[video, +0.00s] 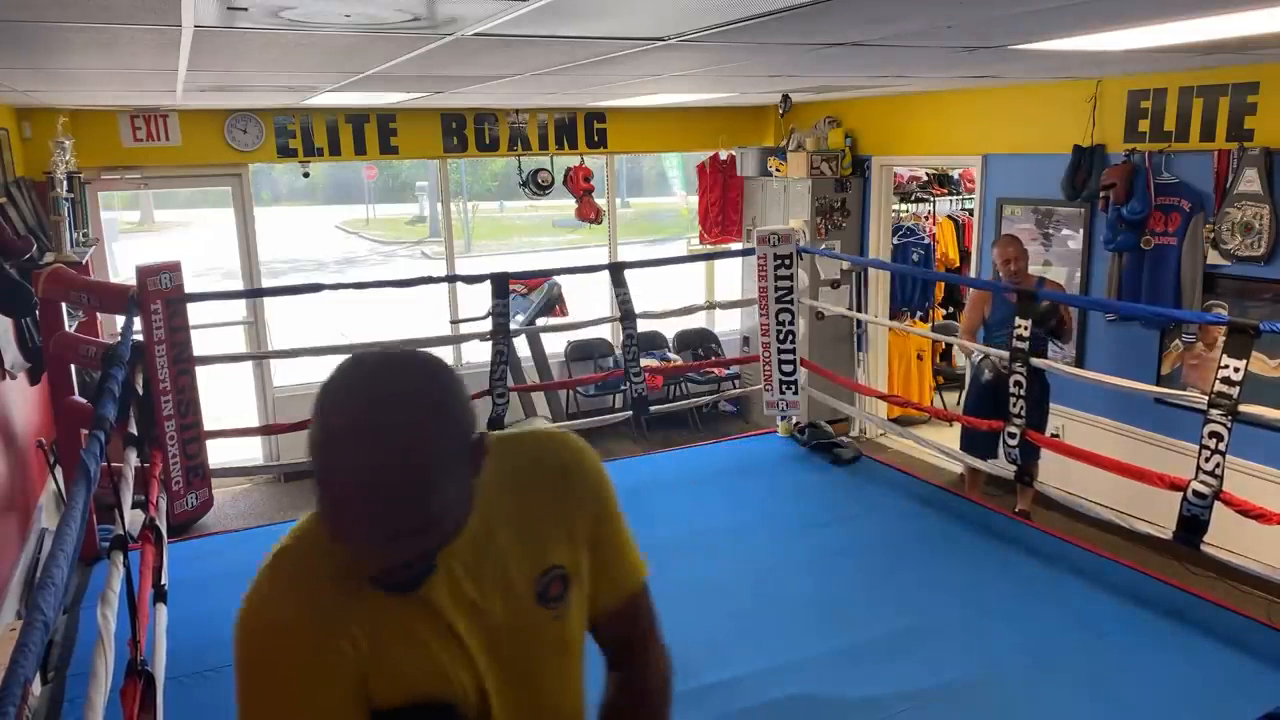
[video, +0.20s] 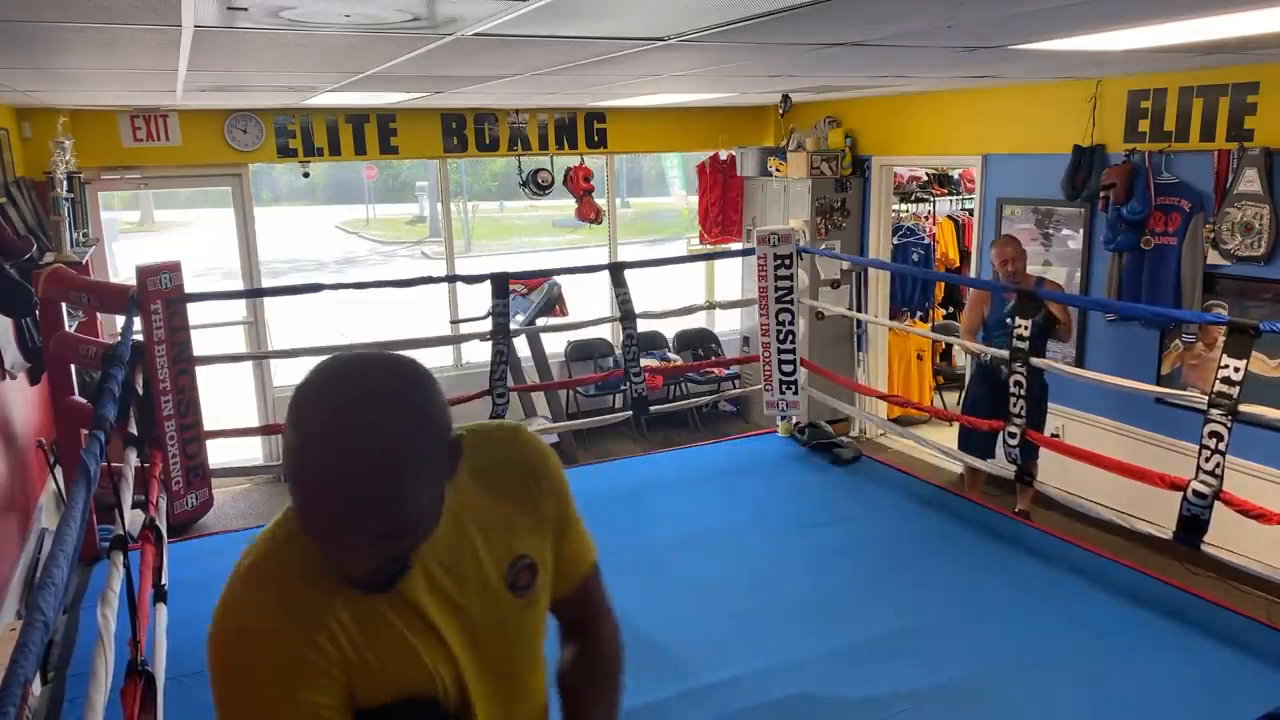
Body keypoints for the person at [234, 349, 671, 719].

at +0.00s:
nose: (378, 568)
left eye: (413, 548)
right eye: (351, 541)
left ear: (478, 461)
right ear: (318, 476)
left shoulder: (556, 473)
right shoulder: (287, 623)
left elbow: (636, 654)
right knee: (423, 705)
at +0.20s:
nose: (364, 576)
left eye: (395, 555)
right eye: (331, 547)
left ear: (452, 464)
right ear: (290, 473)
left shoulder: (517, 467)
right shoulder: (264, 629)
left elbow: (588, 626)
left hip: (523, 702)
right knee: (410, 708)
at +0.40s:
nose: (378, 525)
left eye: (410, 493)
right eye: (346, 490)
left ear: (453, 434)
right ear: (302, 428)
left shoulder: (487, 460)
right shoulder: (262, 604)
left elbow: (536, 607)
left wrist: (537, 708)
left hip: (504, 699)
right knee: (402, 696)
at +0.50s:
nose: (377, 500)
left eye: (409, 471)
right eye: (346, 471)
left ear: (451, 411)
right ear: (306, 410)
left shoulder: (477, 457)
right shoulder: (270, 584)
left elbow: (524, 595)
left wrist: (530, 702)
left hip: (496, 699)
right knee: (408, 681)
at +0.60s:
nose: (397, 457)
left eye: (420, 430)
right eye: (368, 433)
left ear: (451, 392)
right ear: (319, 395)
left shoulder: (462, 448)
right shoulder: (284, 550)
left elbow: (509, 571)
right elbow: (326, 706)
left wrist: (523, 676)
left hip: (494, 697)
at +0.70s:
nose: (415, 432)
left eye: (436, 407)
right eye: (389, 411)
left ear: (455, 384)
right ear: (330, 379)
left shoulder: (450, 443)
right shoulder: (298, 522)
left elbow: (494, 559)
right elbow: (342, 706)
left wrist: (522, 667)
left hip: (479, 694)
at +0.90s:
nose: (442, 390)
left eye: (454, 368)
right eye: (416, 369)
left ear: (464, 356)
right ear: (350, 348)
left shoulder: (423, 432)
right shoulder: (322, 481)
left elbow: (462, 562)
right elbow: (389, 688)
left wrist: (519, 631)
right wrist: (507, 698)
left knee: (571, 700)